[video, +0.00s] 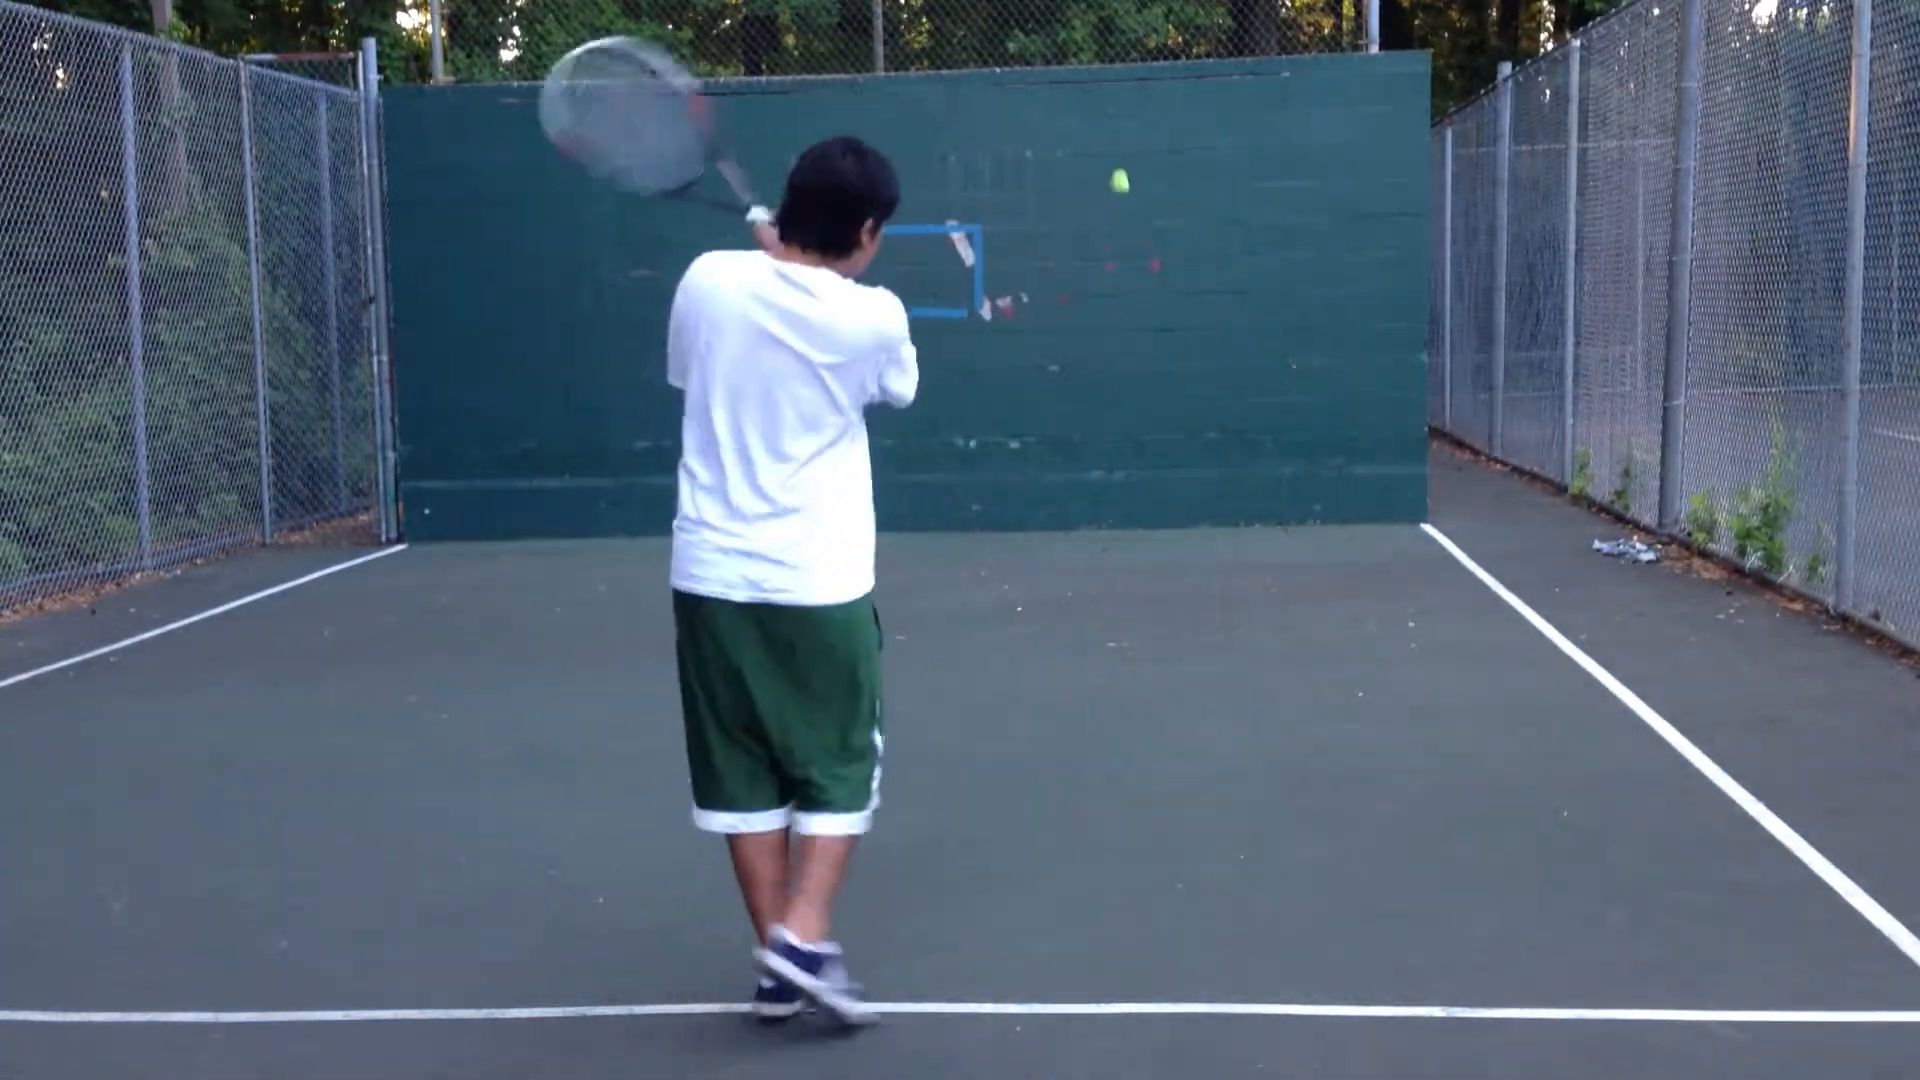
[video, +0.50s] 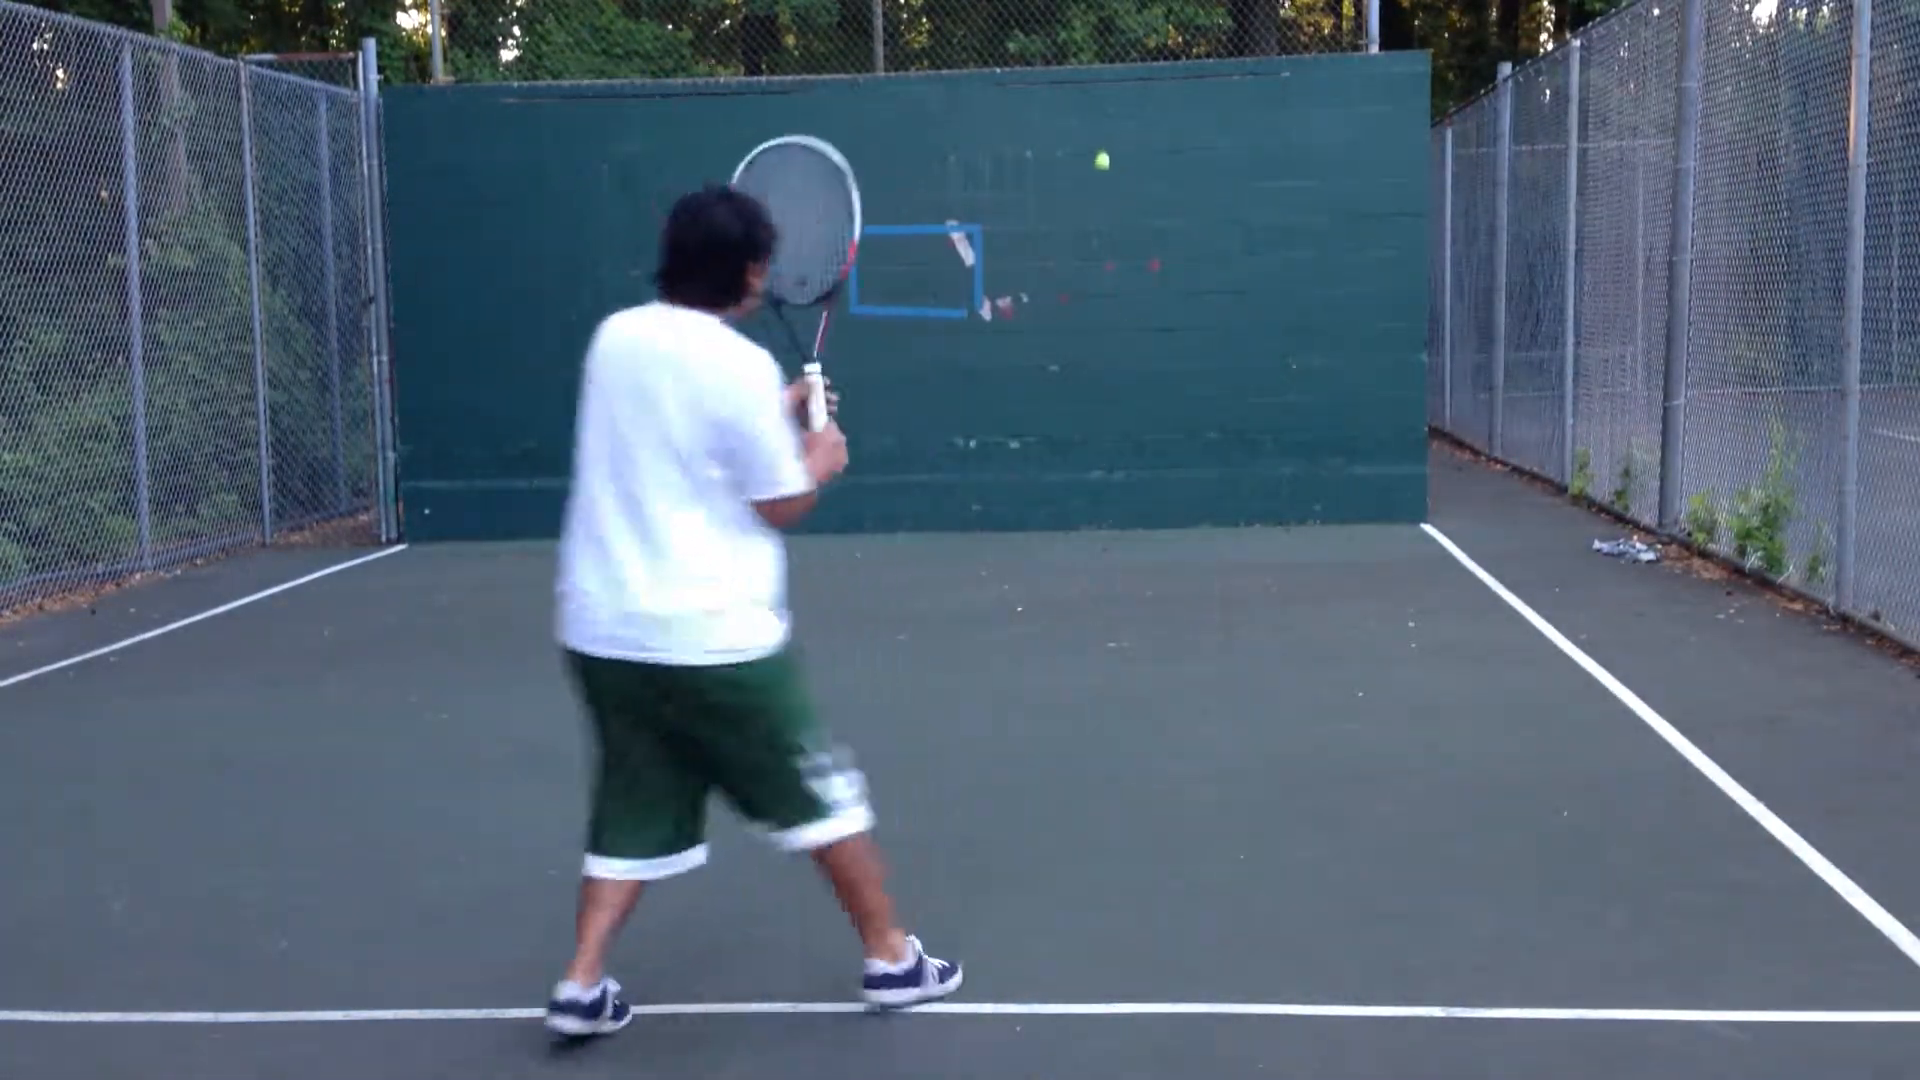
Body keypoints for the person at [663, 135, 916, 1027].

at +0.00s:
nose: (881, 238)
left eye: (877, 224)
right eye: (880, 227)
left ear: (787, 214)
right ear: (865, 236)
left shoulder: (709, 278)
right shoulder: (870, 314)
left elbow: (683, 373)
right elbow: (896, 387)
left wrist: (773, 267)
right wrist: (798, 266)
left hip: (710, 573)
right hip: (822, 581)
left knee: (741, 771)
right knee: (839, 763)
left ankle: (779, 964)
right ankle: (804, 938)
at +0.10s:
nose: (880, 232)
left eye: (878, 220)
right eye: (879, 222)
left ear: (783, 211)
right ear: (867, 231)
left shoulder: (711, 281)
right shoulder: (875, 309)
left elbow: (690, 383)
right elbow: (902, 390)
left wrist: (764, 277)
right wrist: (821, 284)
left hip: (712, 572)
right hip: (826, 576)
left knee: (739, 764)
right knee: (854, 763)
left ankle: (772, 949)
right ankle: (865, 956)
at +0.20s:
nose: (867, 258)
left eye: (866, 247)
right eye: (867, 249)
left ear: (771, 245)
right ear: (856, 259)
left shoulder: (707, 320)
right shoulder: (875, 337)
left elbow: (683, 432)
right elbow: (908, 438)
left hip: (720, 607)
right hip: (840, 609)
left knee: (725, 769)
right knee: (882, 778)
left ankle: (745, 936)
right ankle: (899, 966)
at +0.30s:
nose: (843, 274)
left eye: (838, 261)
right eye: (842, 264)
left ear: (752, 263)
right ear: (834, 274)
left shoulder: (686, 347)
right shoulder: (856, 359)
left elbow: (678, 459)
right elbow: (884, 487)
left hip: (713, 626)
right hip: (832, 629)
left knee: (704, 775)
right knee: (889, 792)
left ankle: (671, 940)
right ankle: (899, 962)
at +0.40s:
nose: (816, 272)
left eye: (815, 258)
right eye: (814, 261)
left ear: (718, 259)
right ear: (802, 274)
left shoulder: (651, 347)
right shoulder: (813, 367)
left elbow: (663, 457)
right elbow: (844, 497)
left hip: (672, 636)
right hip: (792, 639)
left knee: (670, 786)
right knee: (874, 795)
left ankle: (606, 955)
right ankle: (898, 966)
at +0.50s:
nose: (765, 280)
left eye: (764, 265)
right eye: (761, 266)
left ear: (671, 263)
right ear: (743, 276)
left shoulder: (613, 337)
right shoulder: (736, 367)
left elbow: (675, 437)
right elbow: (781, 503)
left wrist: (777, 409)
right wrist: (822, 461)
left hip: (602, 631)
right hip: (716, 641)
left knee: (635, 804)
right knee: (819, 794)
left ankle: (581, 983)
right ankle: (891, 956)